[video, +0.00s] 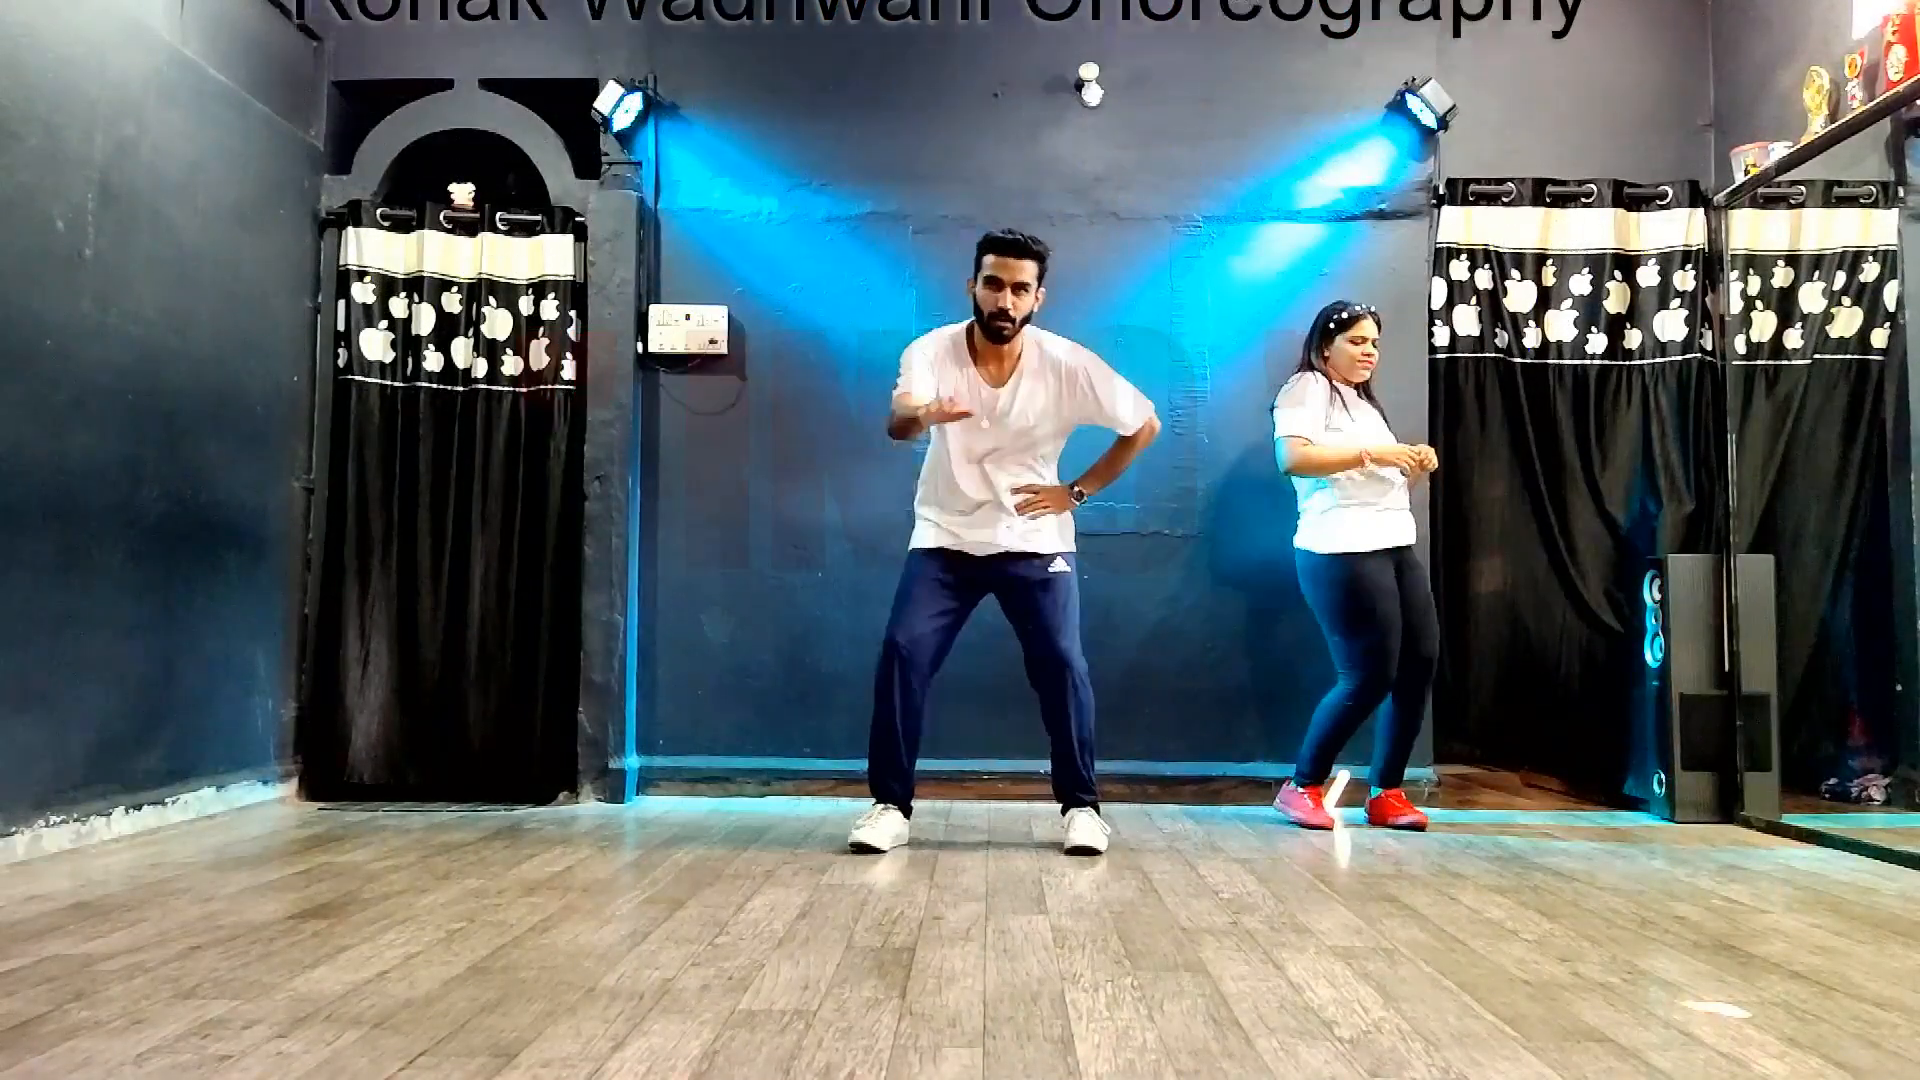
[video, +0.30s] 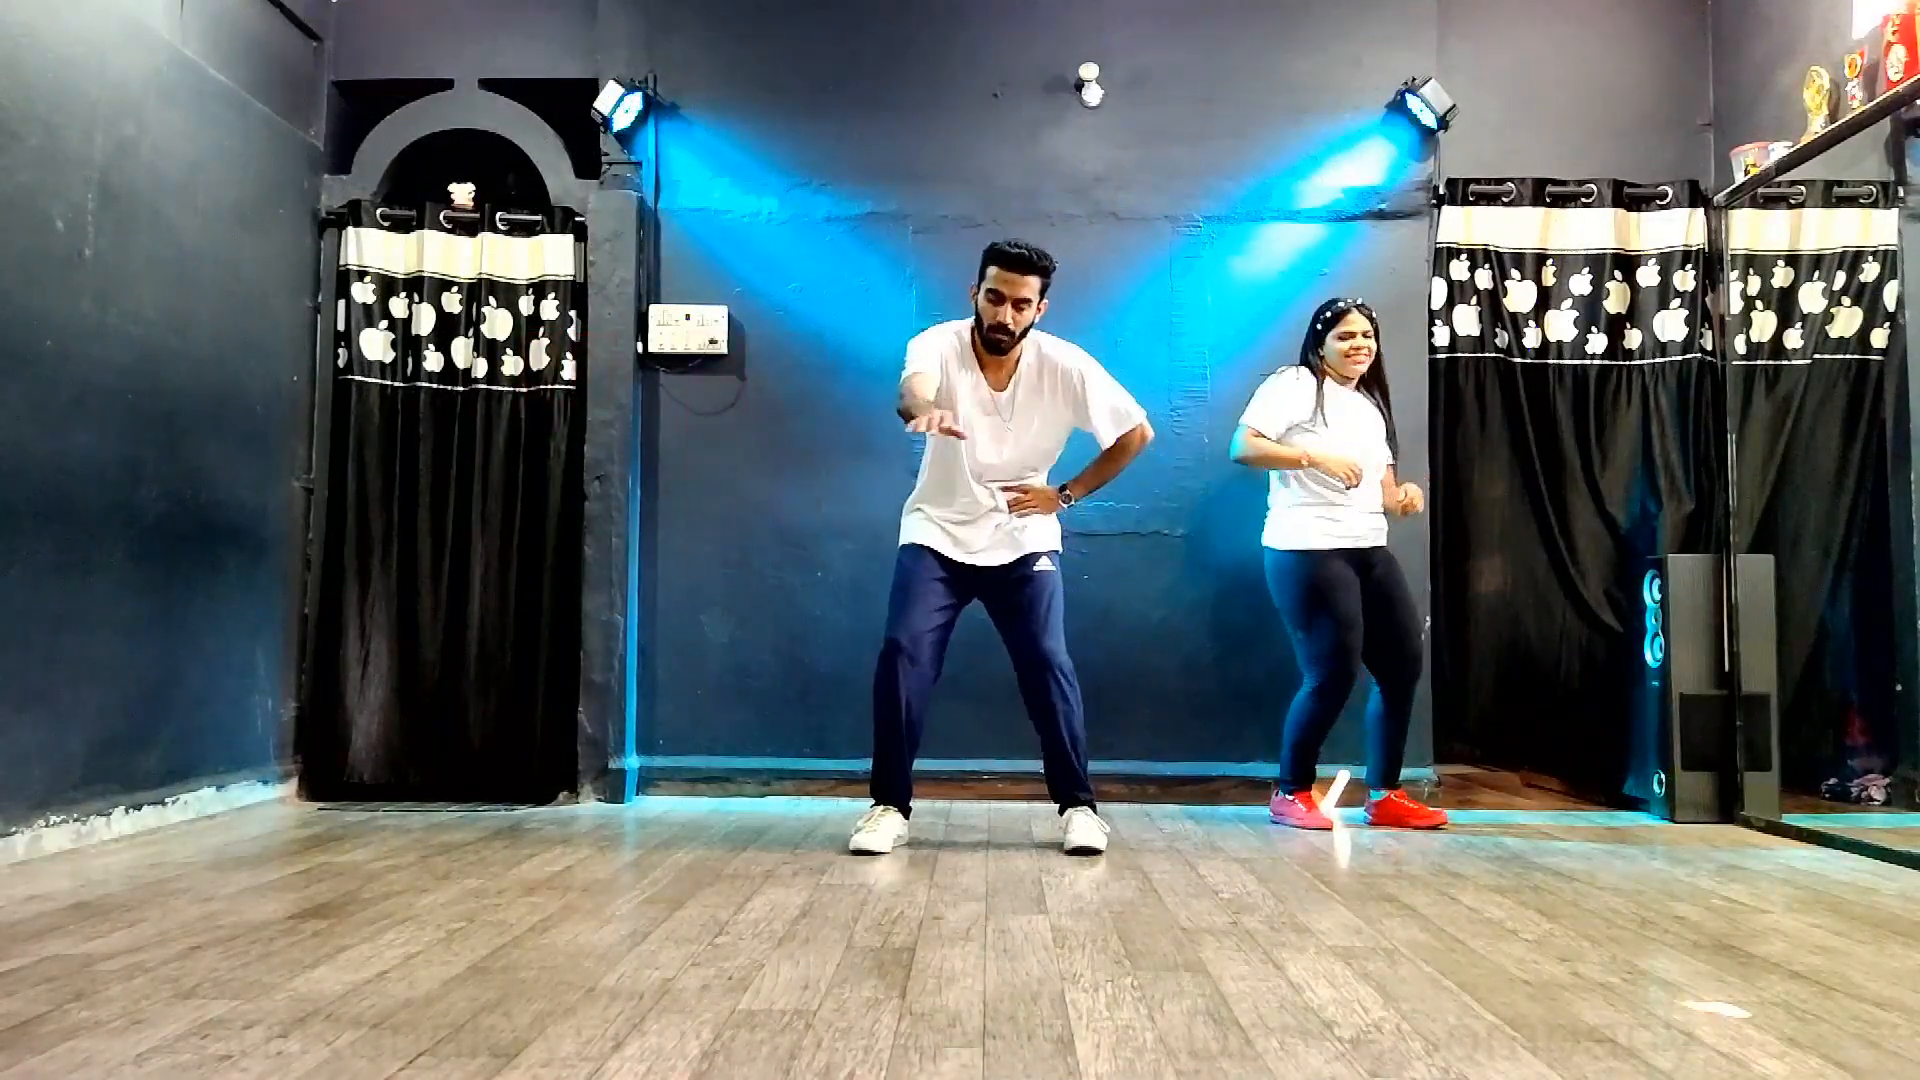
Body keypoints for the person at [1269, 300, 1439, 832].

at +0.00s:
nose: (1368, 352)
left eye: (1373, 343)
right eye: (1356, 342)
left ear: (1376, 349)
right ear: (1324, 346)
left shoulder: (1363, 403)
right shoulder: (1305, 388)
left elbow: (1376, 487)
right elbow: (1293, 457)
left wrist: (1414, 470)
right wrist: (1371, 454)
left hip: (1396, 548)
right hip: (1340, 551)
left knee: (1418, 663)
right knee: (1368, 674)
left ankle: (1385, 793)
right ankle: (1301, 788)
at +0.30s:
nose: (1359, 345)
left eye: (1367, 336)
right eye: (1346, 336)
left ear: (1376, 345)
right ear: (1321, 343)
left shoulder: (1370, 407)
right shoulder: (1292, 384)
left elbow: (1381, 488)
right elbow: (1244, 446)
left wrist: (1403, 497)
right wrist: (1314, 457)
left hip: (1368, 549)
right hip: (1306, 548)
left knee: (1400, 662)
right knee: (1331, 671)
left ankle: (1384, 794)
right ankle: (1291, 794)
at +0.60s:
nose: (1322, 337)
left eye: (1329, 326)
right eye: (1309, 333)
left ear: (1346, 331)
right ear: (1295, 346)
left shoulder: (1377, 398)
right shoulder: (1269, 392)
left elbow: (1429, 467)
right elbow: (1237, 455)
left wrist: (1408, 523)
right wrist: (1219, 466)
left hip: (1339, 543)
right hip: (1260, 540)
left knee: (1342, 671)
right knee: (1258, 669)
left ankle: (1371, 793)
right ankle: (1273, 793)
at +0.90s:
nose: (1303, 366)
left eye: (1311, 353)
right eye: (1291, 360)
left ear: (1331, 352)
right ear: (1283, 371)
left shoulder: (1374, 405)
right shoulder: (1280, 426)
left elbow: (1397, 480)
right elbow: (1253, 505)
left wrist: (1328, 509)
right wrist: (1226, 570)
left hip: (1339, 557)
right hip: (1265, 554)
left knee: (1337, 680)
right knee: (1241, 668)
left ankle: (1380, 796)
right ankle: (1276, 793)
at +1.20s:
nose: (1324, 324)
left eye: (1333, 318)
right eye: (1312, 317)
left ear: (1346, 333)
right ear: (1291, 331)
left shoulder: (1369, 377)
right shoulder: (1265, 396)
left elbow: (1384, 435)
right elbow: (1255, 479)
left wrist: (1299, 443)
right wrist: (1254, 542)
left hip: (1382, 538)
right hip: (1304, 540)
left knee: (1383, 670)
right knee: (1311, 671)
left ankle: (1389, 792)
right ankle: (1293, 790)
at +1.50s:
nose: (1338, 361)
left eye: (1346, 350)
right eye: (1324, 354)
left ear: (1358, 355)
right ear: (1303, 362)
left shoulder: (1372, 412)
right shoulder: (1277, 413)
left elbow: (1405, 476)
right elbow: (1255, 483)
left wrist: (1426, 538)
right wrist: (1254, 547)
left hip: (1378, 553)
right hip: (1306, 552)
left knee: (1422, 669)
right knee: (1326, 674)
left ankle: (1392, 796)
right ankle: (1293, 795)